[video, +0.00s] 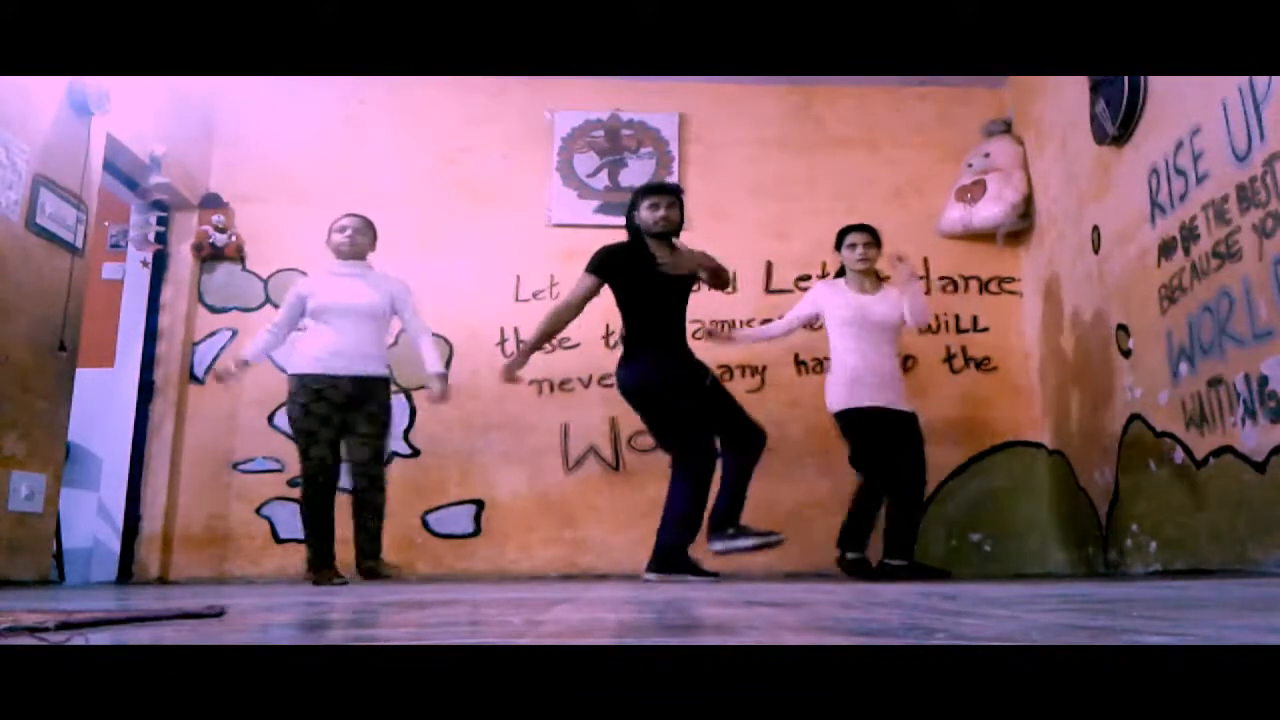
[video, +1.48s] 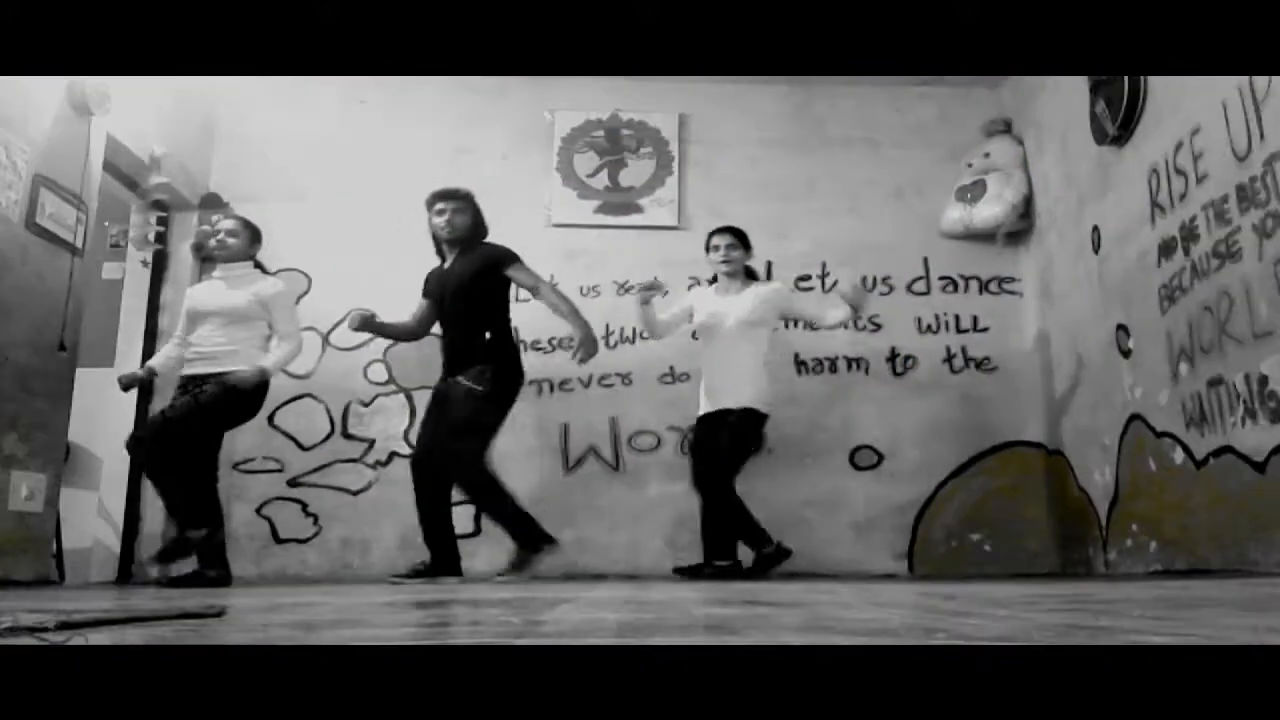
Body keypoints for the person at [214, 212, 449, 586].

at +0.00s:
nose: (348, 234)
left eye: (357, 230)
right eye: (341, 229)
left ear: (372, 244)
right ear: (327, 242)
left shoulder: (390, 286)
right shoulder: (309, 284)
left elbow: (418, 330)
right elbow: (277, 329)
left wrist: (435, 372)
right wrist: (243, 357)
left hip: (369, 388)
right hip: (314, 387)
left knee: (369, 476)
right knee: (319, 477)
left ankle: (369, 560)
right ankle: (321, 565)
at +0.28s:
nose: (320, 237)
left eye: (330, 234)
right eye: (315, 232)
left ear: (344, 249)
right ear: (303, 242)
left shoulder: (354, 287)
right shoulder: (278, 282)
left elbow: (396, 334)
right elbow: (231, 313)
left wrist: (432, 366)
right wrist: (196, 307)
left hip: (331, 383)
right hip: (293, 388)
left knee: (268, 464)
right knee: (331, 478)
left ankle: (267, 566)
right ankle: (382, 563)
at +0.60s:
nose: (208, 203)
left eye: (222, 199)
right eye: (201, 199)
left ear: (242, 219)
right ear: (190, 213)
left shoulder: (257, 272)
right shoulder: (161, 265)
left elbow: (242, 328)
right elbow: (133, 323)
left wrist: (194, 320)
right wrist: (103, 364)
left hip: (216, 392)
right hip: (149, 387)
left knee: (173, 494)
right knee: (145, 499)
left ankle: (134, 608)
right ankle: (185, 604)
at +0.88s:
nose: (161, 201)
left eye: (176, 199)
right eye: (157, 196)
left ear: (197, 219)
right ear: (146, 207)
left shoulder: (208, 262)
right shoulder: (125, 270)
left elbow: (255, 314)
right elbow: (99, 329)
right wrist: (47, 318)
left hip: (167, 382)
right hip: (137, 384)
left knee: (93, 489)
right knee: (166, 502)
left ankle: (79, 606)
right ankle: (220, 606)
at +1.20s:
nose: (135, 203)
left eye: (150, 199)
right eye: (132, 199)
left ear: (175, 218)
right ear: (125, 213)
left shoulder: (194, 267)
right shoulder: (100, 268)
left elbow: (216, 335)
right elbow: (70, 330)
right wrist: (42, 374)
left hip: (148, 381)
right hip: (87, 380)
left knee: (84, 478)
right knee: (71, 482)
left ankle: (131, 601)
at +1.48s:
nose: (219, 238)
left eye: (231, 234)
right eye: (216, 233)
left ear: (252, 247)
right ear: (209, 243)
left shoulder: (268, 286)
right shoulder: (196, 292)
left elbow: (290, 339)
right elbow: (181, 343)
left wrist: (263, 369)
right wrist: (144, 372)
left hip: (239, 384)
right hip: (194, 384)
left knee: (148, 439)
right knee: (198, 475)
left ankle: (192, 526)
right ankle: (213, 568)